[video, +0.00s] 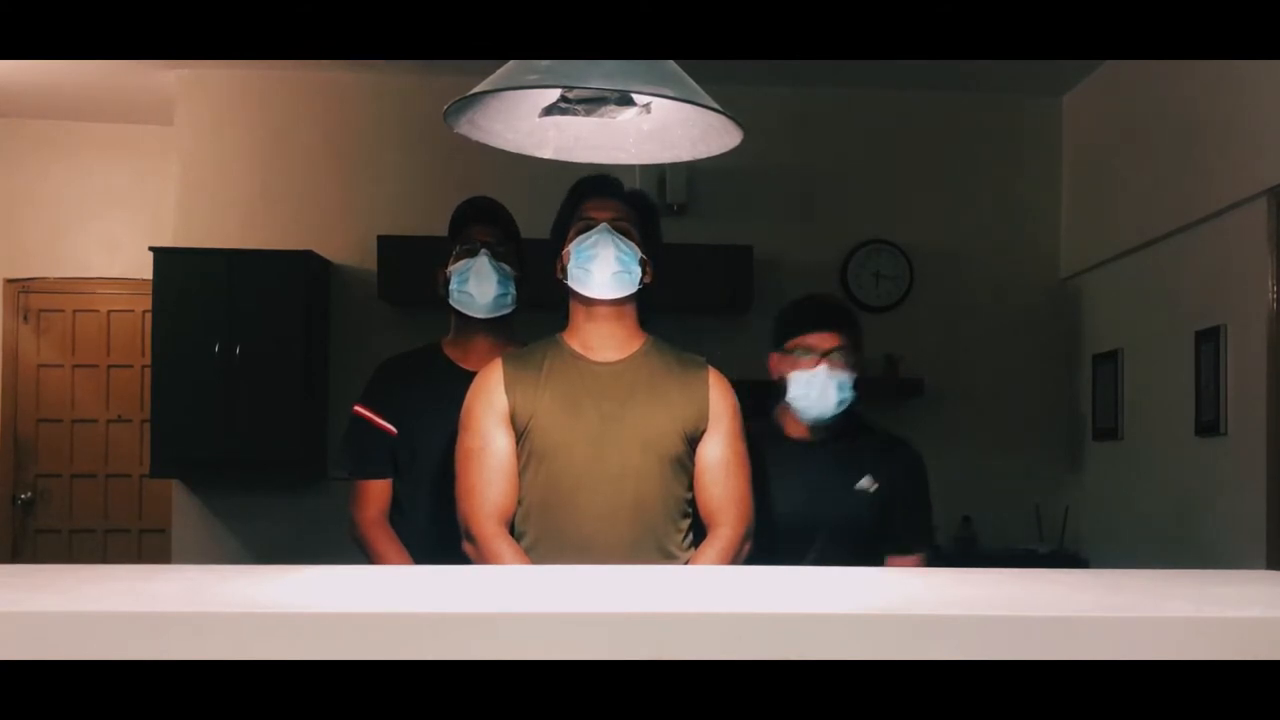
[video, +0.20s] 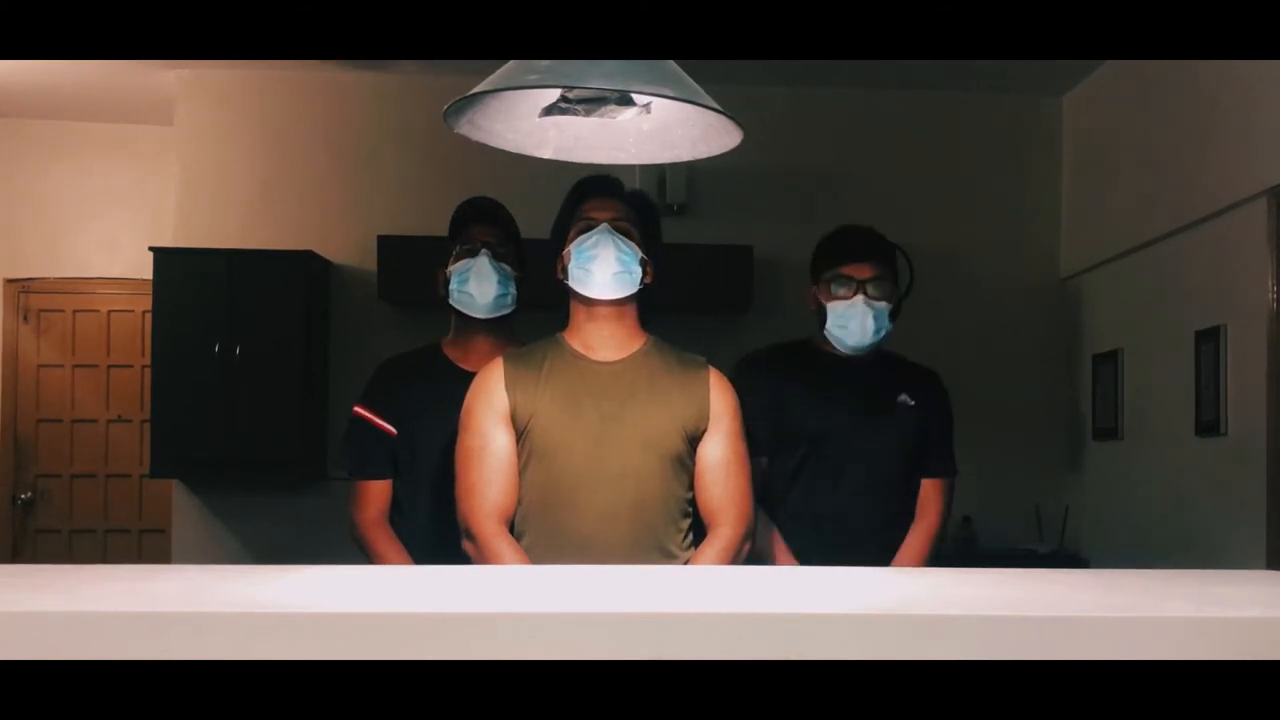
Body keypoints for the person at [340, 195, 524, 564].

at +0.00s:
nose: (483, 263)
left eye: (499, 252)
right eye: (468, 250)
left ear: (517, 270)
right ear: (445, 272)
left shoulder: (542, 381)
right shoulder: (398, 379)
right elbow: (370, 518)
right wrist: (421, 598)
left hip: (520, 593)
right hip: (428, 591)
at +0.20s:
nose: (484, 263)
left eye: (499, 252)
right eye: (469, 251)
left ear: (518, 270)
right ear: (445, 271)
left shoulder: (543, 382)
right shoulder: (399, 380)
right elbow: (369, 519)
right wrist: (422, 598)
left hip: (519, 593)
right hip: (427, 591)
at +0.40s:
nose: (484, 263)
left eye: (500, 252)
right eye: (470, 251)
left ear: (518, 271)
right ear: (446, 272)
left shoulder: (543, 382)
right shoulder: (399, 380)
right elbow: (370, 518)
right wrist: (421, 598)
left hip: (518, 593)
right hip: (427, 591)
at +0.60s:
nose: (484, 263)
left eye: (499, 253)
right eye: (469, 251)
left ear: (518, 274)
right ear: (444, 275)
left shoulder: (542, 383)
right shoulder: (398, 381)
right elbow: (369, 519)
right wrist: (420, 598)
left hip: (518, 593)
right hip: (427, 591)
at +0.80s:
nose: (482, 264)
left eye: (497, 255)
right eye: (467, 252)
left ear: (516, 274)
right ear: (442, 275)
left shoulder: (540, 381)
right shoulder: (397, 381)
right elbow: (368, 521)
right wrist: (419, 599)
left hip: (516, 595)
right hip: (425, 593)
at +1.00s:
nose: (481, 265)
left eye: (497, 255)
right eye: (466, 252)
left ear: (515, 273)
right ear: (441, 274)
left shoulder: (540, 381)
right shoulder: (396, 382)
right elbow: (367, 521)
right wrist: (420, 599)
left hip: (517, 595)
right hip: (425, 593)